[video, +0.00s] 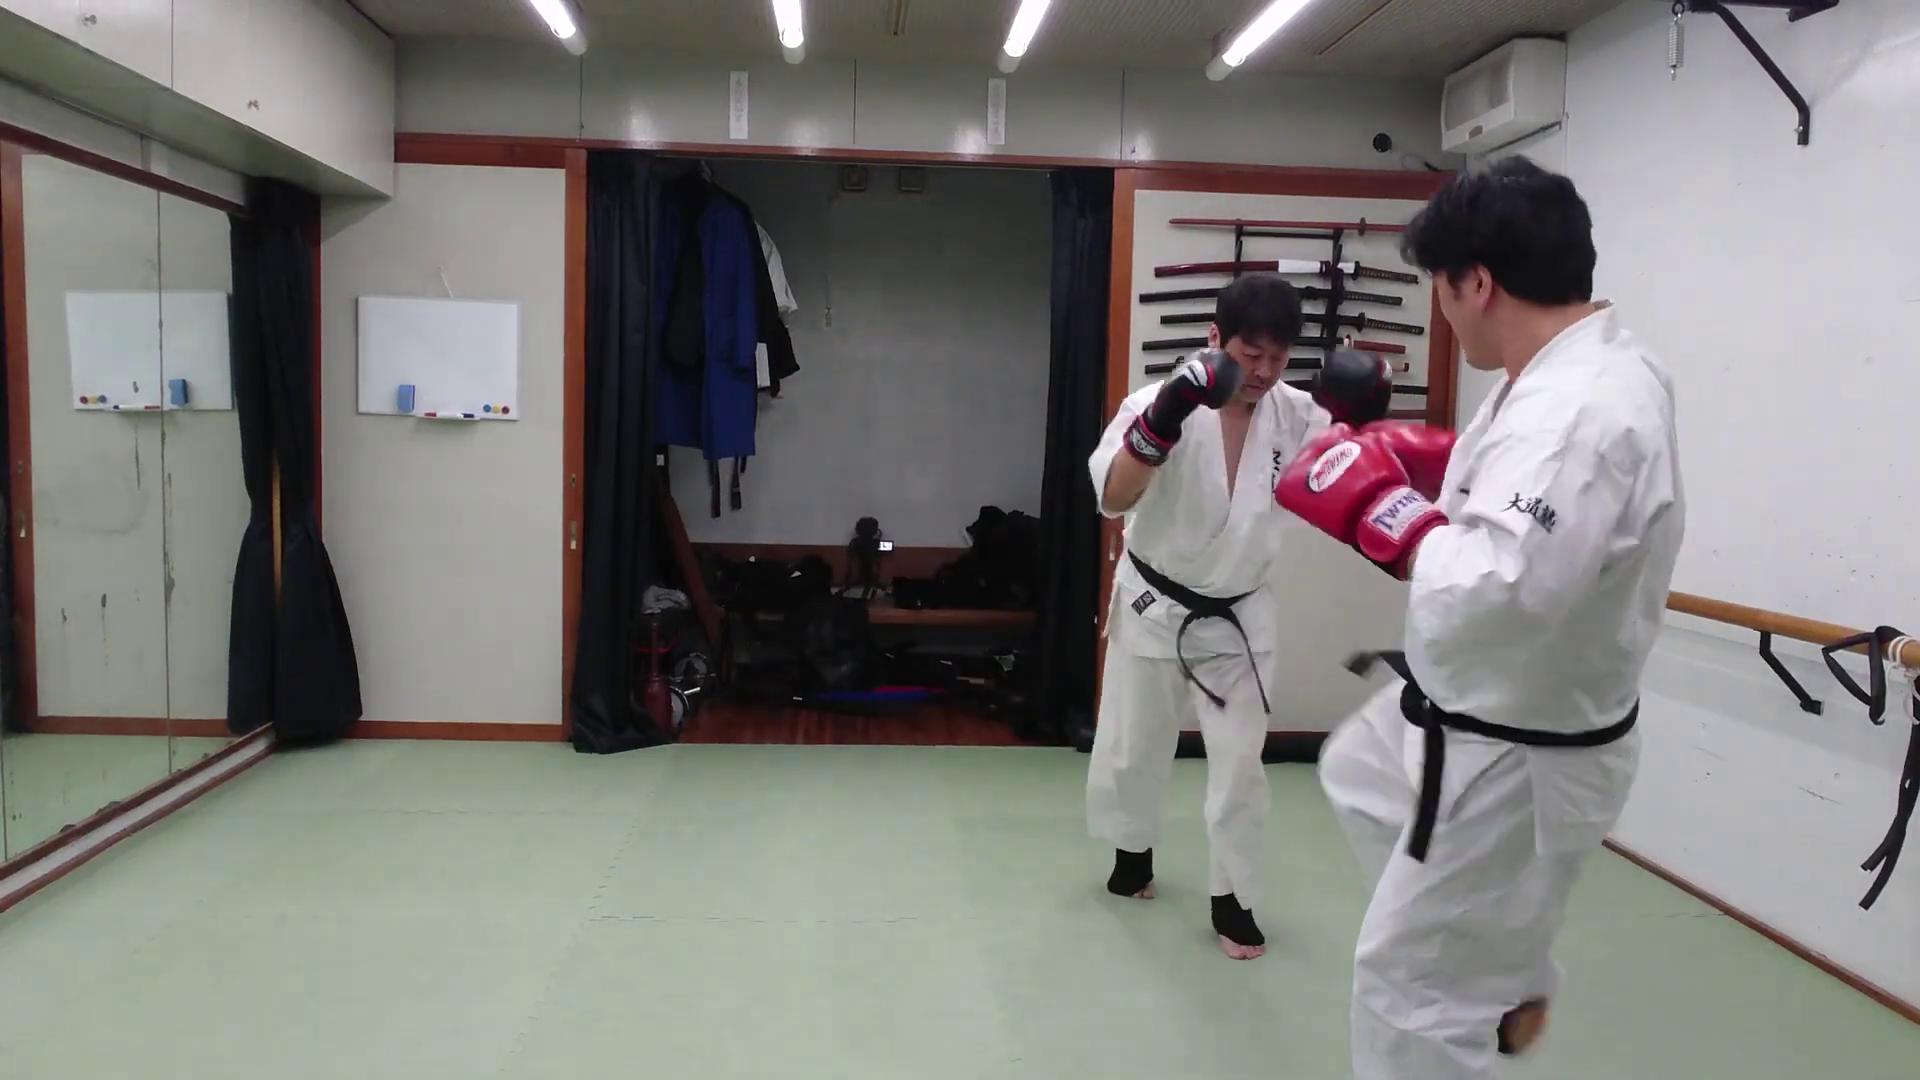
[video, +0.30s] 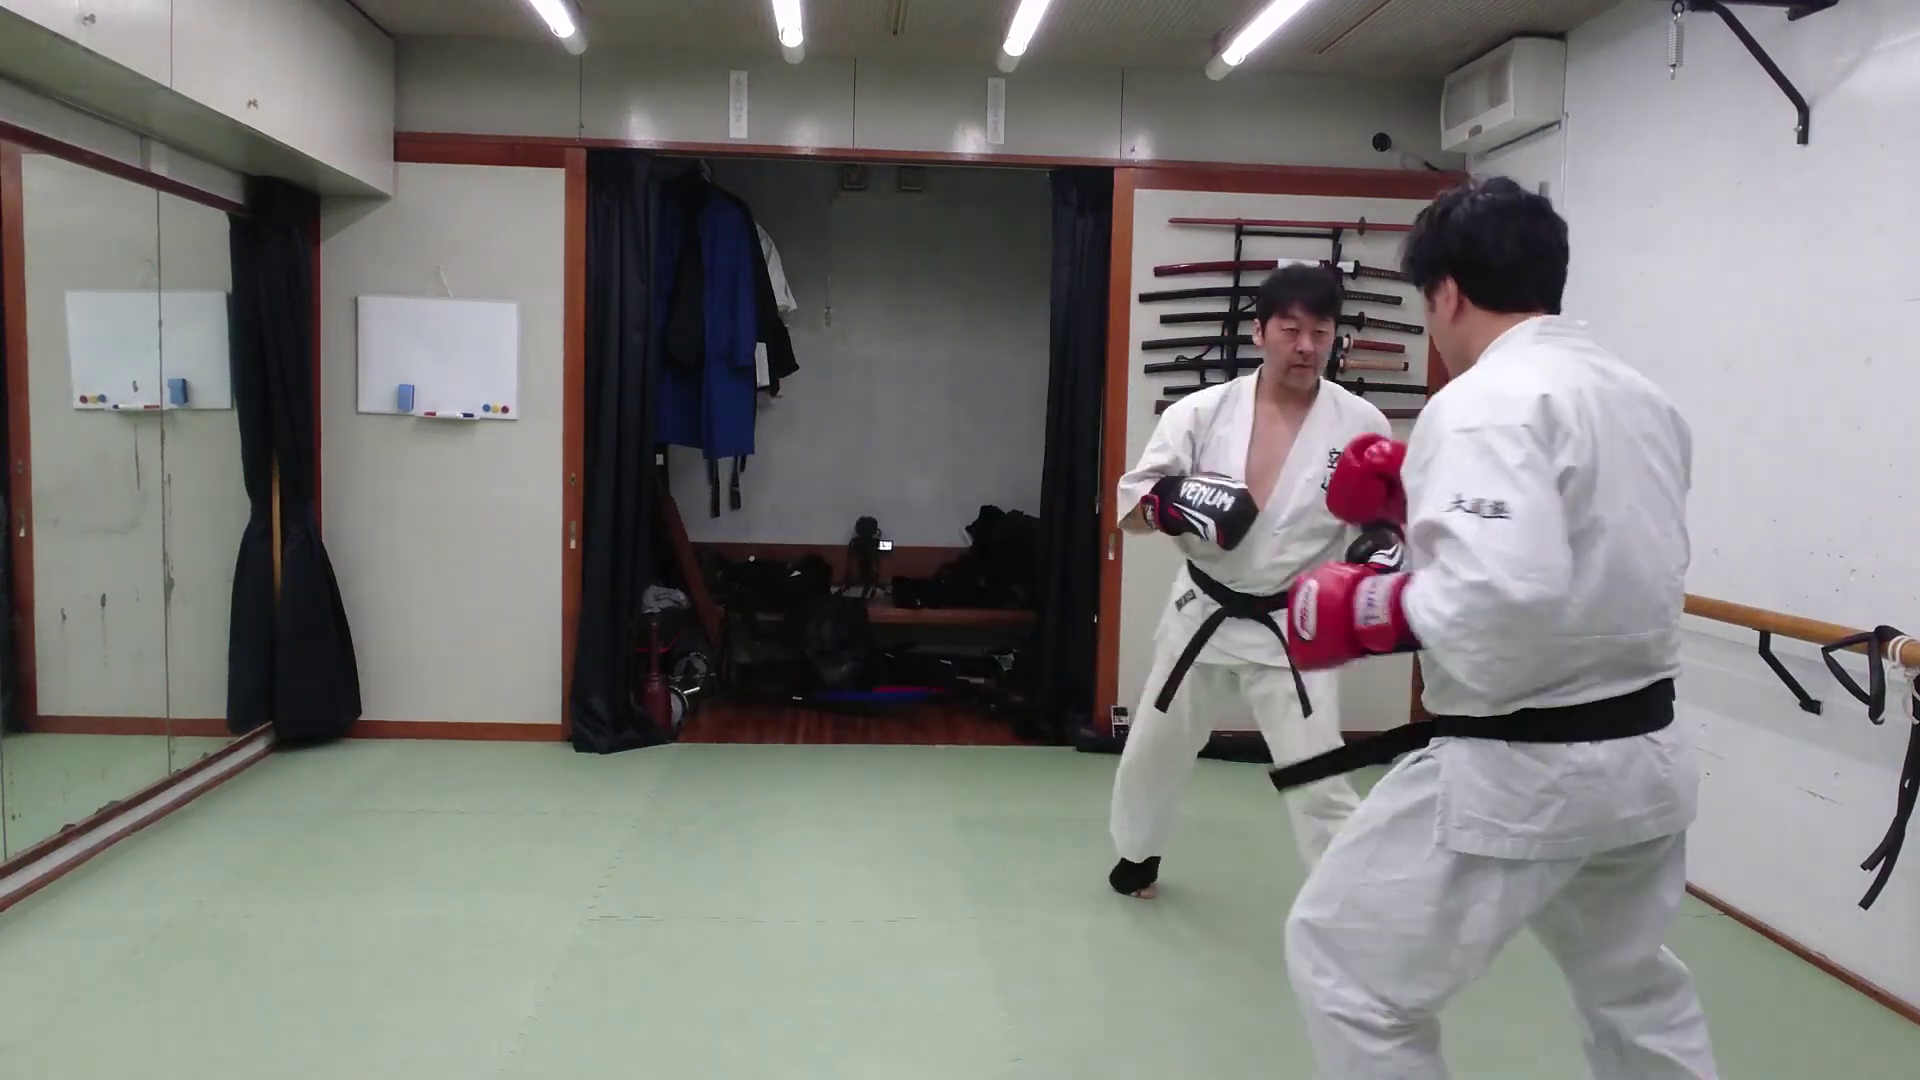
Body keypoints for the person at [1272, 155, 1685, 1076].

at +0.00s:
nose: (1440, 310)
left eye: (1440, 287)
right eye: (1437, 288)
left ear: (1481, 284)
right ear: (1563, 264)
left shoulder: (1585, 408)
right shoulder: (1574, 369)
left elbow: (1503, 585)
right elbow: (1535, 488)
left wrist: (1380, 511)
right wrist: (1439, 460)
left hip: (1518, 754)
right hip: (1475, 702)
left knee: (1409, 991)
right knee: (1358, 773)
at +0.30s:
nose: (1423, 326)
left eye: (1421, 300)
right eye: (1420, 302)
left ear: (1452, 292)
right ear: (1546, 281)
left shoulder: (1482, 401)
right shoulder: (1643, 396)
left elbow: (1506, 587)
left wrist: (1367, 608)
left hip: (1513, 776)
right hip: (1648, 759)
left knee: (1343, 952)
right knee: (1635, 991)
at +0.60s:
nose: (1235, 360)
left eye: (1233, 339)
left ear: (1245, 340)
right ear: (1365, 315)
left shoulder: (1250, 450)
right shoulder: (1486, 408)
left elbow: (1133, 637)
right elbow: (1592, 566)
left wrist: (1150, 522)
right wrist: (1518, 637)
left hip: (1346, 829)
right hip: (1525, 809)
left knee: (1196, 1023)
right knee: (1595, 1038)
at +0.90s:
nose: (1112, 243)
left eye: (1117, 225)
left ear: (1131, 235)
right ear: (1263, 221)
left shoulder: (1071, 355)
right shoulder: (1362, 329)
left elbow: (976, 542)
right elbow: (1462, 499)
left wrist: (1035, 589)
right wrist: (1376, 517)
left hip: (1115, 774)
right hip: (1300, 775)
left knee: (1137, 1062)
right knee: (1298, 1065)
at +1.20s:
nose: (1175, 244)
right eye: (1175, 224)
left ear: (1023, 220)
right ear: (1155, 230)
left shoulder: (922, 334)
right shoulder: (1205, 349)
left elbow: (825, 514)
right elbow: (1252, 570)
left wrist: (946, 519)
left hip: (902, 757)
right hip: (1065, 793)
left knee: (893, 983)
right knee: (1079, 1059)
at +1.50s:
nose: (974, 296)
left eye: (977, 273)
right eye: (976, 271)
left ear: (848, 248)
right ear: (950, 262)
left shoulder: (746, 361)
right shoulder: (947, 367)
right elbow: (1032, 561)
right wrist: (1052, 432)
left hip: (684, 750)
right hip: (814, 772)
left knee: (722, 1050)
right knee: (887, 1057)